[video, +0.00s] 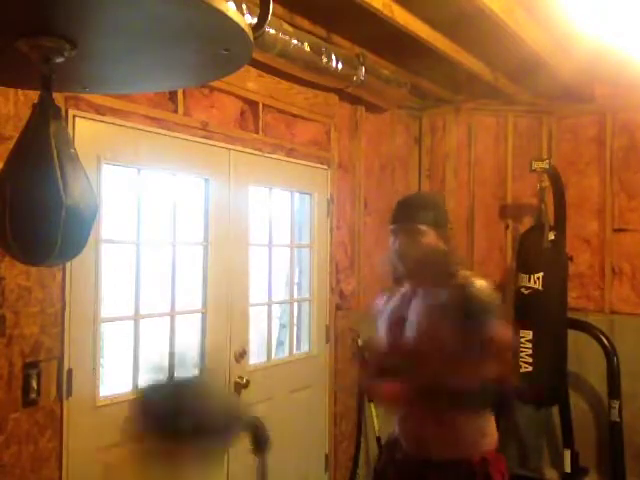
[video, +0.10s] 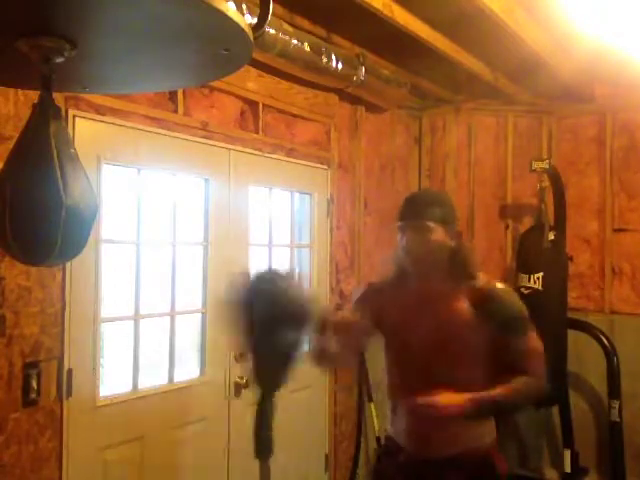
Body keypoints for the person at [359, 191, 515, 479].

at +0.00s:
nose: (402, 246)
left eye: (415, 234)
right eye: (397, 235)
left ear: (441, 237)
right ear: (391, 240)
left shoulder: (474, 295)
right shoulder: (396, 304)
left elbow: (498, 367)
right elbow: (383, 365)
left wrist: (430, 376)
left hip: (468, 457)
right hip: (409, 452)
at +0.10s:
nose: (411, 242)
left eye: (424, 230)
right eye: (405, 231)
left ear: (451, 236)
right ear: (398, 238)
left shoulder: (491, 300)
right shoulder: (381, 299)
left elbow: (535, 381)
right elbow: (346, 352)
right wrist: (332, 339)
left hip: (471, 459)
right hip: (404, 458)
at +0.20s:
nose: (415, 244)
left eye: (428, 232)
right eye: (408, 232)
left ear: (454, 238)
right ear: (400, 239)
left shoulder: (491, 303)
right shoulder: (381, 295)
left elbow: (531, 385)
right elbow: (313, 343)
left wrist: (474, 385)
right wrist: (329, 329)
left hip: (468, 460)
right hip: (400, 459)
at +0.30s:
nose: (412, 246)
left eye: (425, 234)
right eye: (403, 234)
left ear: (452, 240)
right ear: (396, 241)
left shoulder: (487, 304)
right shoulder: (373, 298)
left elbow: (523, 388)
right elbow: (331, 368)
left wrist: (456, 361)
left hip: (465, 462)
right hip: (396, 462)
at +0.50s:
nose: (381, 248)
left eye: (390, 236)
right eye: (381, 236)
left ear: (421, 236)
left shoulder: (454, 282)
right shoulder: (396, 294)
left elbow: (391, 314)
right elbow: (393, 371)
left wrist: (297, 310)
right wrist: (375, 415)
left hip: (461, 460)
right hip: (406, 457)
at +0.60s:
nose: (381, 249)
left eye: (387, 237)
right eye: (381, 238)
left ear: (418, 236)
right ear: (413, 236)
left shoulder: (451, 284)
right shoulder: (411, 293)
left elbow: (382, 322)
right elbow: (424, 381)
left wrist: (297, 319)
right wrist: (376, 404)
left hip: (464, 460)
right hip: (417, 456)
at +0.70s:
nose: (391, 249)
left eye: (402, 237)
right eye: (390, 238)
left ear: (430, 240)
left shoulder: (461, 288)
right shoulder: (397, 305)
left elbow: (468, 362)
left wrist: (386, 366)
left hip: (467, 462)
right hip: (413, 458)